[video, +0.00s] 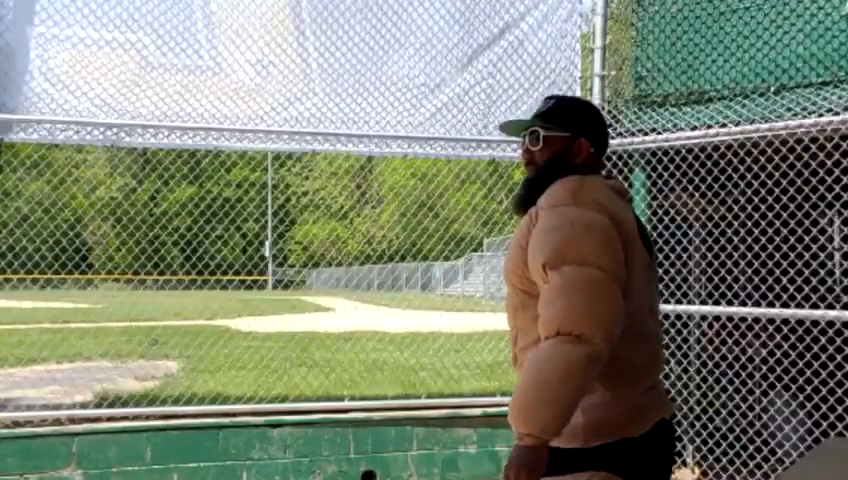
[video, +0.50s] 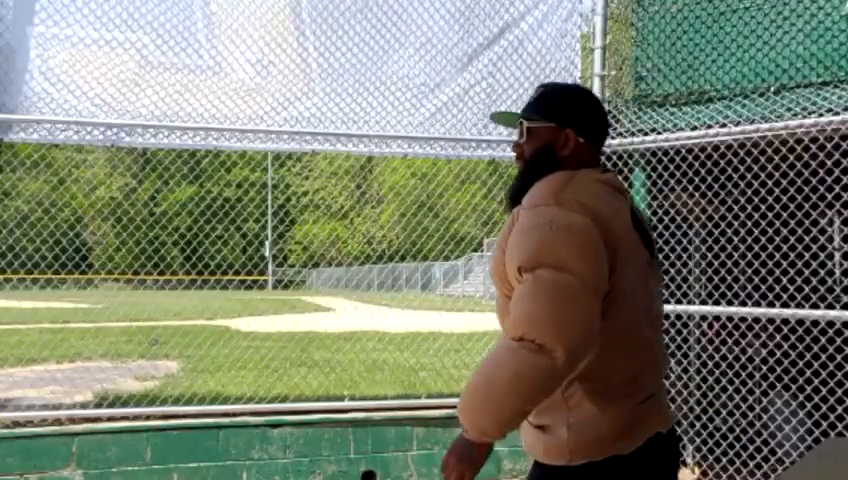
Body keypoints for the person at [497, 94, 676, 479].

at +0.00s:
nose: (525, 150)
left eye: (539, 137)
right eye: (527, 138)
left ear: (581, 149)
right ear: (583, 152)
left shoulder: (572, 205)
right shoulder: (596, 200)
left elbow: (577, 330)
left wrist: (530, 434)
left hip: (595, 441)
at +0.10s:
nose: (523, 150)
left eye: (537, 136)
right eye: (524, 137)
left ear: (578, 147)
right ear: (579, 150)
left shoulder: (571, 207)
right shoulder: (595, 199)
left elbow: (570, 331)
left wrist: (517, 432)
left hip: (594, 444)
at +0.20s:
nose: (522, 149)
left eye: (536, 136)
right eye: (523, 137)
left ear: (575, 146)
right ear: (576, 149)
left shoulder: (569, 206)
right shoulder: (597, 199)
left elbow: (565, 330)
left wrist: (502, 428)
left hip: (593, 446)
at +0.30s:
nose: (520, 148)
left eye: (534, 135)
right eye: (523, 136)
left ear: (574, 145)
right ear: (575, 148)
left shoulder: (565, 205)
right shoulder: (601, 199)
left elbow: (559, 331)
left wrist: (491, 426)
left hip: (593, 450)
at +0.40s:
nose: (518, 147)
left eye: (532, 134)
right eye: (522, 134)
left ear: (570, 143)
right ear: (572, 146)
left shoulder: (562, 206)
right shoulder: (604, 199)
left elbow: (553, 332)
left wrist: (482, 427)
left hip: (592, 453)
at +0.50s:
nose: (517, 146)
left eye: (529, 132)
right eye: (520, 133)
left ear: (567, 141)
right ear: (570, 143)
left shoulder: (558, 206)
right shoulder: (605, 198)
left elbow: (547, 336)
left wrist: (477, 432)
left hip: (591, 455)